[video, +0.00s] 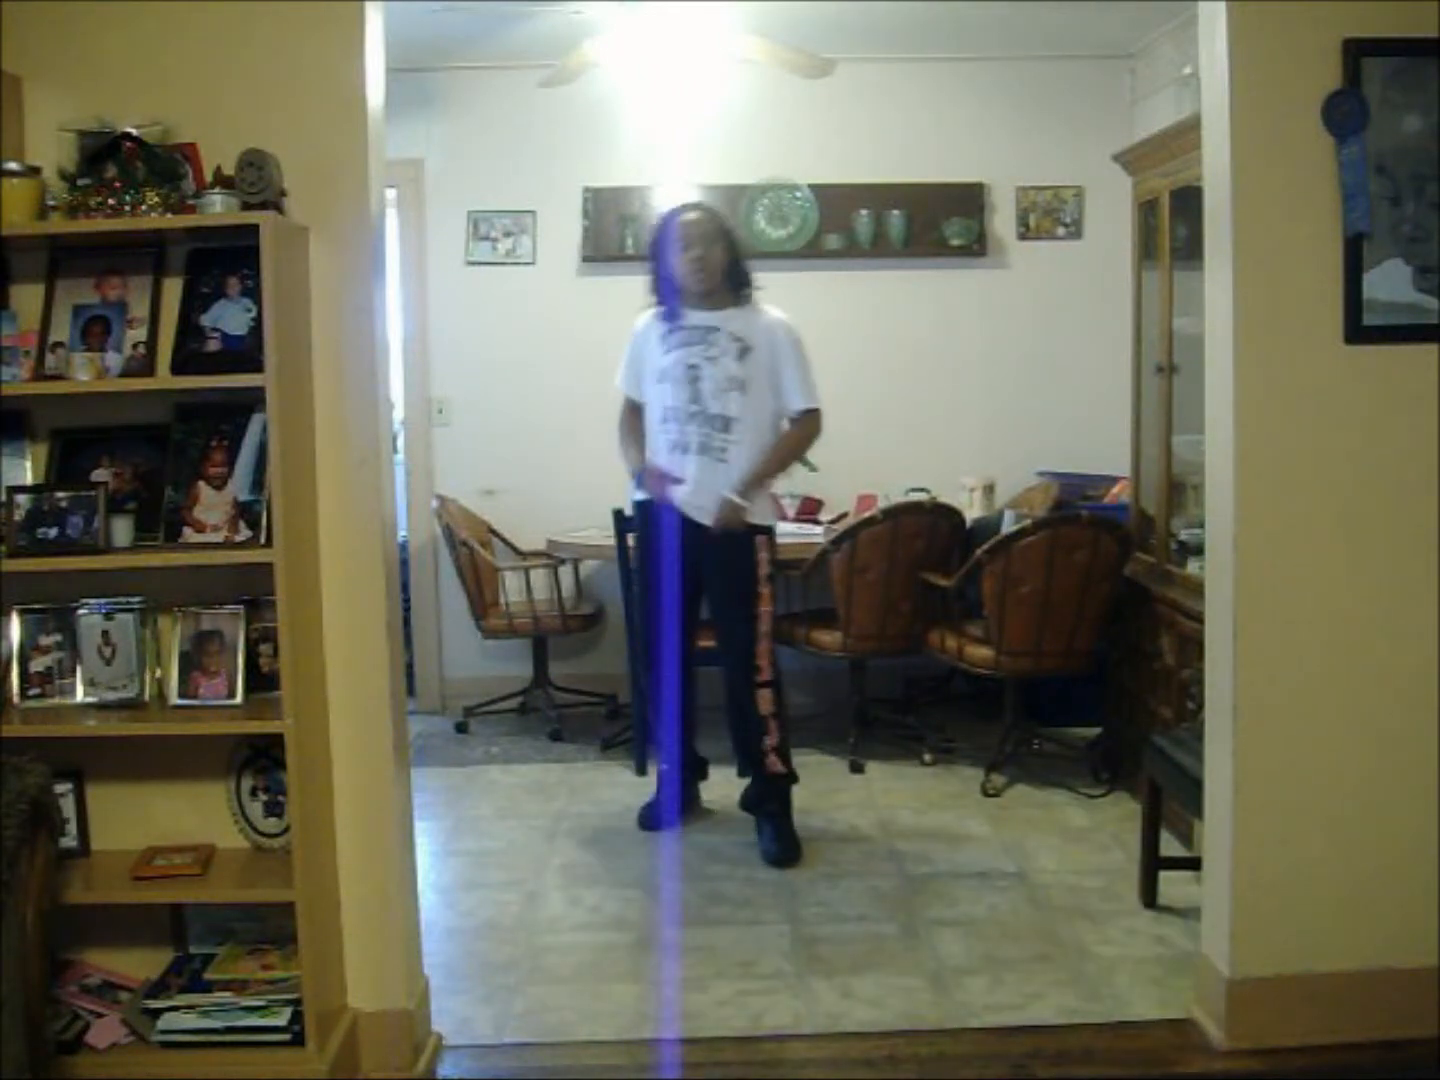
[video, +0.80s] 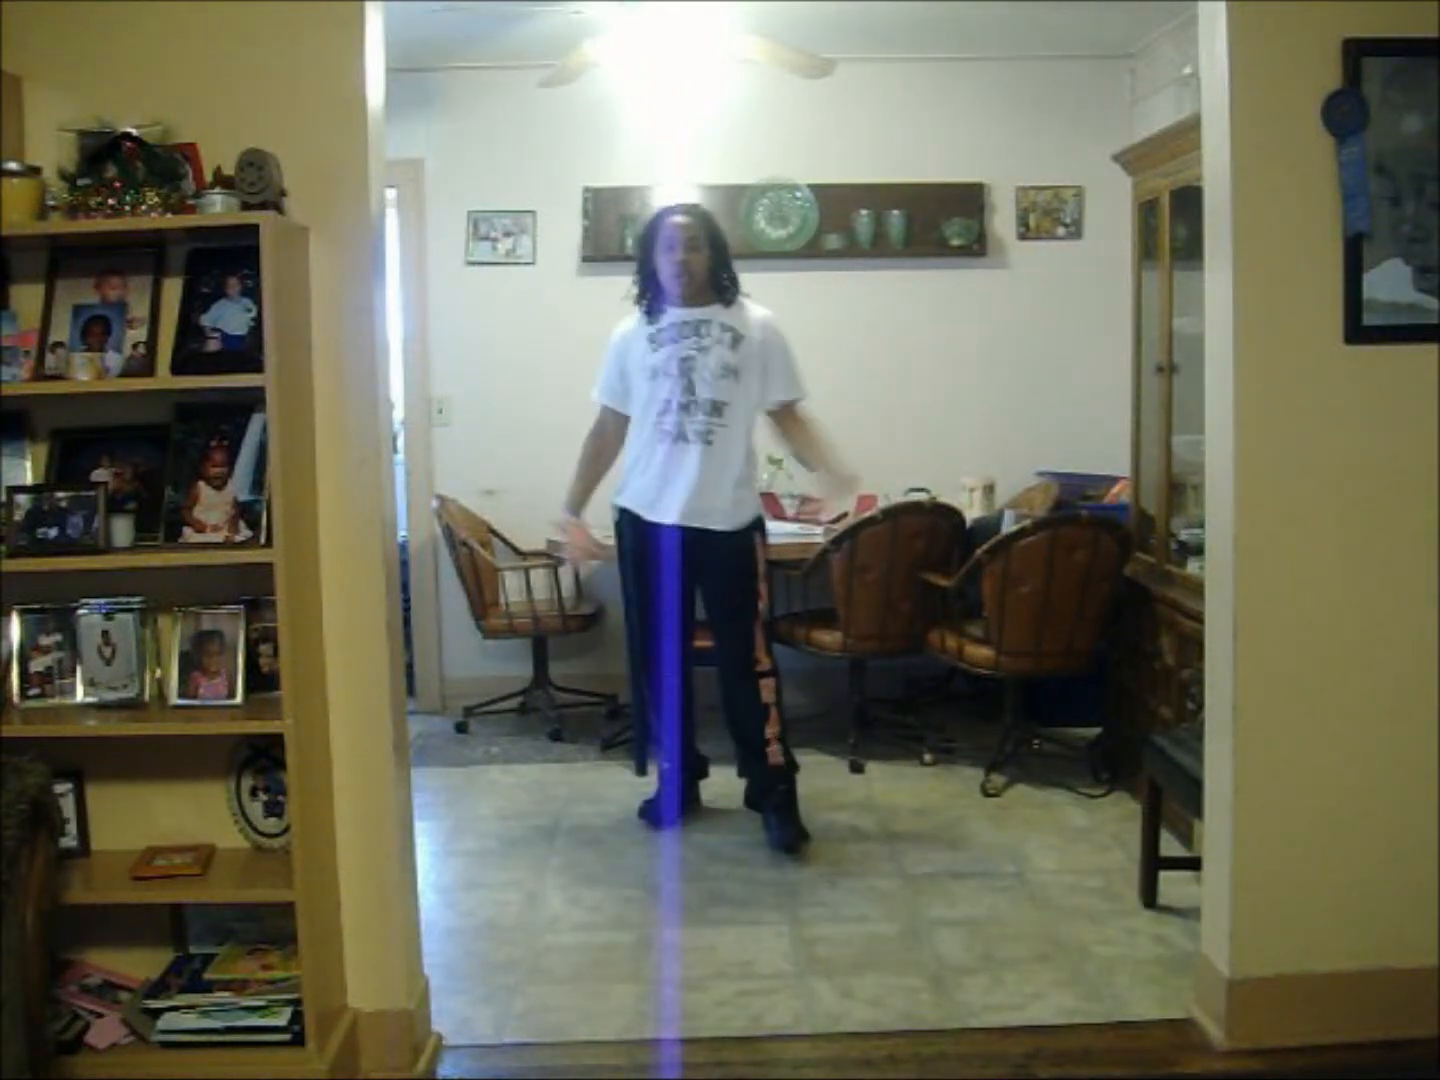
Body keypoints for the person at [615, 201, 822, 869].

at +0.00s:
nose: (698, 257)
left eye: (708, 244)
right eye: (684, 248)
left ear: (730, 252)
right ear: (663, 262)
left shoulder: (769, 329)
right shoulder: (650, 333)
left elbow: (806, 422)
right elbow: (632, 412)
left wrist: (746, 490)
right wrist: (642, 465)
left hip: (739, 518)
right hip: (667, 514)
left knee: (750, 659)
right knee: (664, 655)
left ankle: (772, 801)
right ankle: (676, 782)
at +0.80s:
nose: (682, 259)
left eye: (693, 246)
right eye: (669, 248)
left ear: (715, 255)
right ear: (649, 260)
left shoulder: (754, 329)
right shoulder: (633, 339)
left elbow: (788, 417)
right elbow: (608, 428)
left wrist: (837, 483)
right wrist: (571, 509)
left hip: (728, 517)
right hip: (648, 515)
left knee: (746, 657)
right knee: (659, 659)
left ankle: (776, 796)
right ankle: (674, 784)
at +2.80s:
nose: (706, 237)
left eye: (719, 229)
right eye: (692, 230)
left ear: (739, 252)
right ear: (670, 254)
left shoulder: (772, 330)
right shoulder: (639, 328)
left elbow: (789, 418)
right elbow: (622, 409)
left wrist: (817, 476)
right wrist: (592, 471)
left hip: (740, 523)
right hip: (654, 518)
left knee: (755, 673)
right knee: (656, 667)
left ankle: (776, 822)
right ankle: (667, 795)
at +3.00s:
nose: (709, 240)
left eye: (728, 233)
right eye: (705, 229)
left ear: (757, 258)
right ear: (691, 249)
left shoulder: (789, 331)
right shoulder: (661, 316)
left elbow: (834, 412)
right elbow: (635, 391)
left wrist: (896, 443)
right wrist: (567, 431)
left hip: (749, 517)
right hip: (665, 512)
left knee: (765, 670)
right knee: (664, 662)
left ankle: (777, 824)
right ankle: (669, 796)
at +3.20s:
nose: (704, 264)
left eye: (719, 257)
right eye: (707, 252)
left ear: (758, 272)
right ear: (711, 255)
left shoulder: (806, 350)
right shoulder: (682, 308)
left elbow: (861, 441)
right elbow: (648, 376)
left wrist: (923, 519)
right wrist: (601, 441)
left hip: (755, 525)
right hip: (672, 516)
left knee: (768, 676)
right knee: (666, 664)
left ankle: (776, 825)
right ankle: (670, 795)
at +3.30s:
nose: (701, 272)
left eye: (715, 264)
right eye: (704, 259)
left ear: (757, 276)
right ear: (715, 259)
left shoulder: (800, 352)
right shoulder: (688, 310)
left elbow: (829, 460)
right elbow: (667, 394)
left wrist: (848, 549)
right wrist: (654, 476)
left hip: (757, 527)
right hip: (677, 515)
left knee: (766, 675)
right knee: (667, 665)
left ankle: (776, 824)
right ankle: (670, 793)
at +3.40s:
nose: (702, 276)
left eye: (717, 267)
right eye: (703, 262)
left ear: (758, 274)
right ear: (707, 259)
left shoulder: (796, 349)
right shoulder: (689, 316)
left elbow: (811, 455)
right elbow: (685, 410)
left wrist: (796, 532)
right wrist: (669, 494)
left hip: (759, 524)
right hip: (681, 515)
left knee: (767, 674)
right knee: (668, 663)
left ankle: (776, 825)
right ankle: (671, 794)